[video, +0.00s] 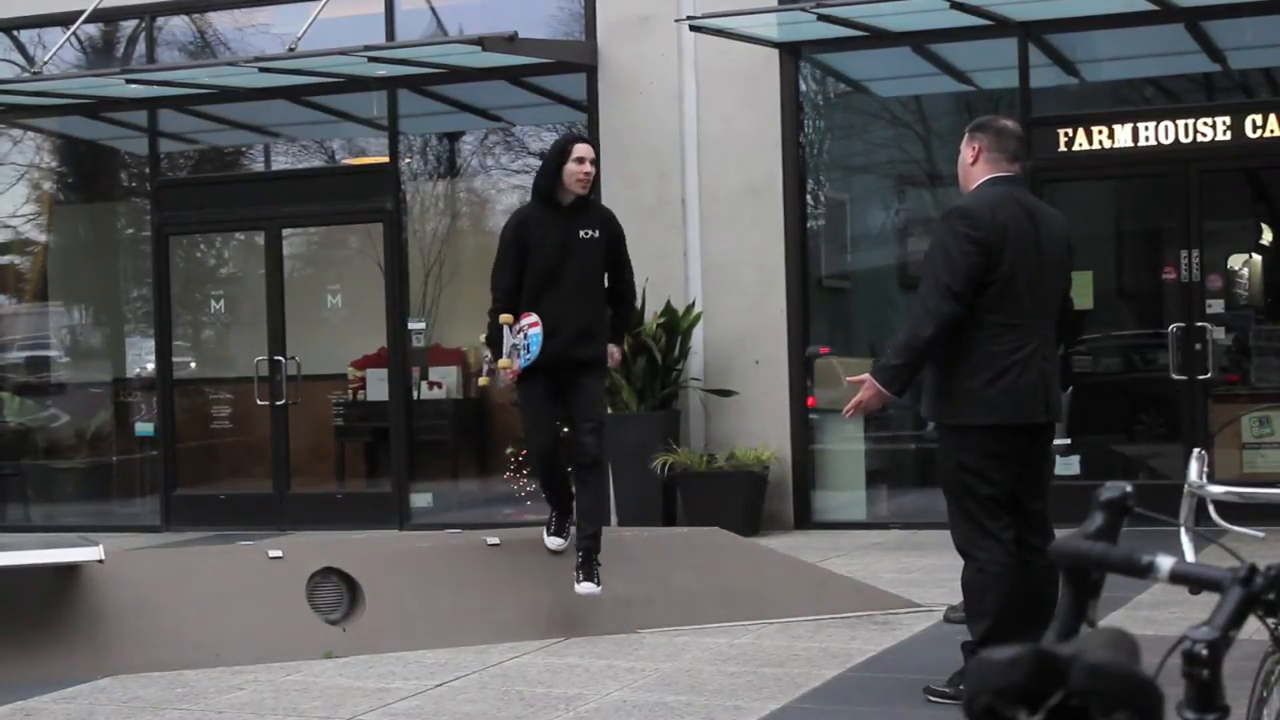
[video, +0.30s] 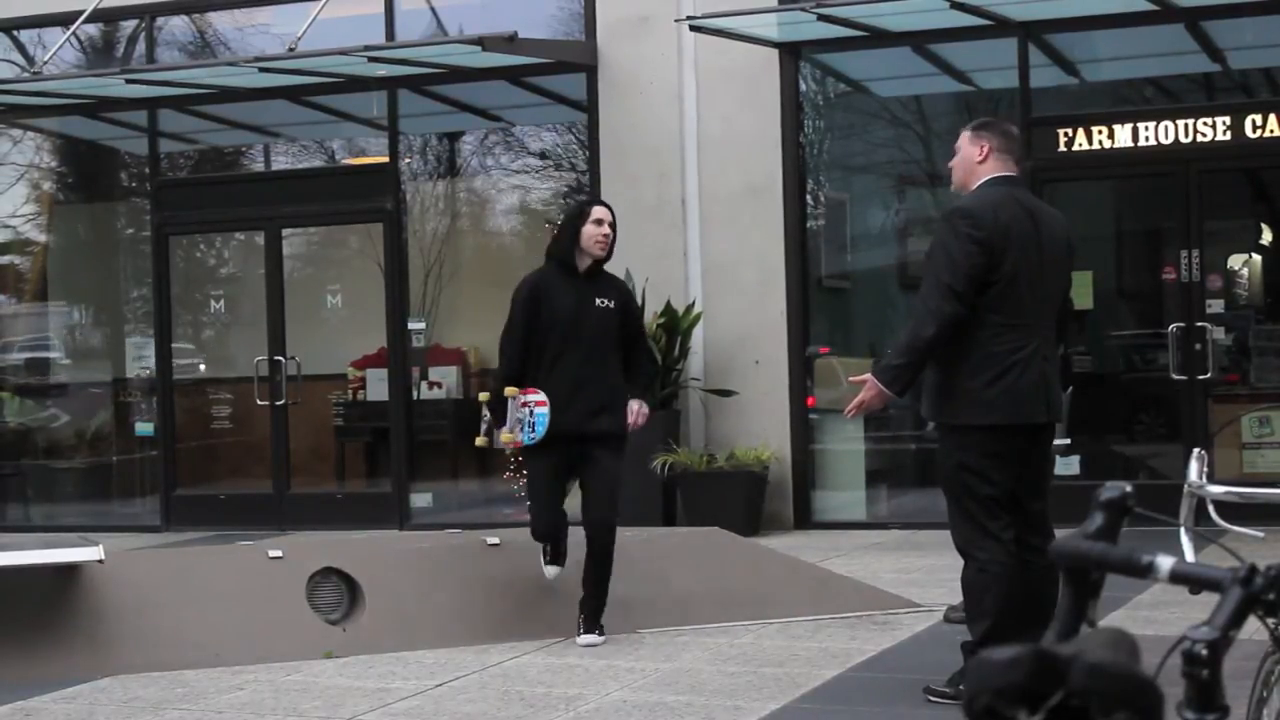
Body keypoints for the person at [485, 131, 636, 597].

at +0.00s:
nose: (587, 169)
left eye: (591, 162)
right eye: (578, 161)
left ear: (594, 170)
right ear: (555, 166)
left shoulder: (603, 221)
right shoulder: (523, 223)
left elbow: (623, 286)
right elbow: (503, 292)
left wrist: (616, 338)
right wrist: (501, 353)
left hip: (588, 356)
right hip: (535, 357)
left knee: (588, 452)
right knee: (542, 448)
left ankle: (589, 558)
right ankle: (559, 508)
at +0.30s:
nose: (605, 232)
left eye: (609, 226)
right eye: (597, 224)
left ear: (612, 236)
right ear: (573, 228)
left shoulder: (617, 292)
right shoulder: (536, 287)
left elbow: (638, 353)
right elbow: (512, 353)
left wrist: (638, 395)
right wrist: (504, 414)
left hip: (603, 424)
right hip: (546, 424)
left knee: (601, 525)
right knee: (544, 524)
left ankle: (591, 618)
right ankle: (555, 538)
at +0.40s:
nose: (604, 222)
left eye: (609, 215)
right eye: (596, 213)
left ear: (611, 225)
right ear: (572, 217)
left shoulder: (618, 279)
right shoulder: (533, 275)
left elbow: (642, 337)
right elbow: (510, 346)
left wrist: (633, 362)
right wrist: (508, 409)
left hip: (605, 419)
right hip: (548, 420)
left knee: (601, 521)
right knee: (551, 515)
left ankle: (591, 614)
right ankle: (550, 600)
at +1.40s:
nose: (642, 217)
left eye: (639, 207)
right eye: (634, 208)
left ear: (615, 213)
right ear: (607, 213)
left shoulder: (624, 275)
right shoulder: (560, 268)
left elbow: (631, 344)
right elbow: (545, 353)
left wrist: (655, 358)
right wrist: (569, 420)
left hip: (634, 428)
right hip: (584, 430)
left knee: (631, 549)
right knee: (595, 542)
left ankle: (618, 664)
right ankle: (564, 644)